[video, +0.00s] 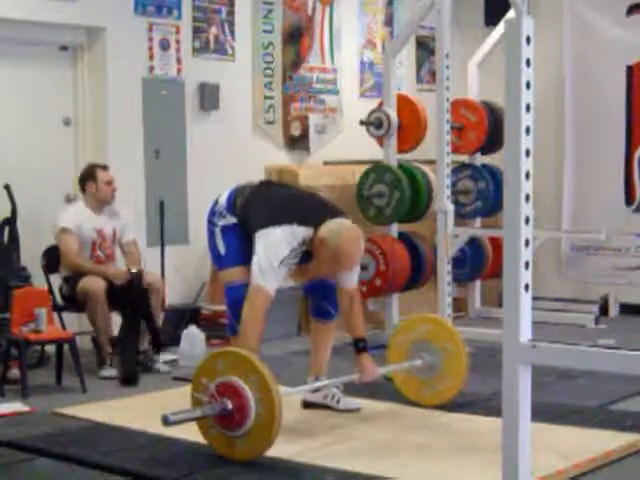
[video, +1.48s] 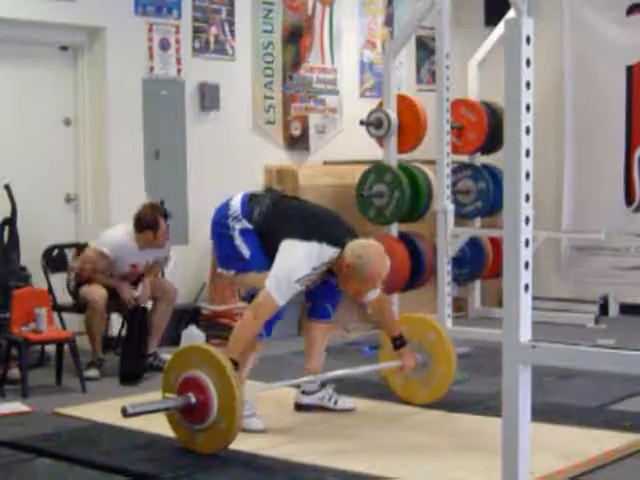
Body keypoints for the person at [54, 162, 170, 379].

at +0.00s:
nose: (114, 188)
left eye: (113, 183)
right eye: (108, 184)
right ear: (90, 188)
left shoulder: (116, 214)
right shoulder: (71, 216)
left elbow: (130, 247)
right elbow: (70, 260)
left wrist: (134, 270)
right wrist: (107, 272)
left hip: (114, 274)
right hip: (80, 277)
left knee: (155, 282)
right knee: (95, 287)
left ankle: (148, 349)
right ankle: (107, 357)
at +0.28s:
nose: (123, 189)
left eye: (122, 184)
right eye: (117, 185)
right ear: (99, 190)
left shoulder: (121, 215)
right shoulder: (78, 214)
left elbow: (136, 253)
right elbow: (75, 260)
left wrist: (142, 275)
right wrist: (113, 283)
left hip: (117, 274)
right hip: (84, 277)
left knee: (160, 288)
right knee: (97, 291)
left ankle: (150, 353)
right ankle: (98, 359)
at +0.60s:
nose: (135, 193)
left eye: (134, 188)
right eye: (129, 189)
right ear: (111, 193)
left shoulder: (135, 217)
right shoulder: (88, 216)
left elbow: (145, 256)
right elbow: (83, 264)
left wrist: (141, 281)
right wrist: (116, 290)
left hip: (119, 276)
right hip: (87, 277)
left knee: (162, 288)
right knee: (97, 294)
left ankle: (151, 352)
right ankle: (98, 359)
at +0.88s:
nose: (138, 195)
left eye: (137, 189)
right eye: (132, 191)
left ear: (118, 195)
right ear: (114, 195)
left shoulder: (139, 216)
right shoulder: (91, 216)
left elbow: (147, 256)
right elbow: (86, 264)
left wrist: (140, 283)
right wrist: (120, 291)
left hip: (122, 277)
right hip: (89, 278)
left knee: (162, 289)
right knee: (99, 294)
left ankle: (151, 352)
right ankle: (98, 359)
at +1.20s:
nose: (149, 214)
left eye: (148, 208)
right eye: (145, 208)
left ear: (131, 211)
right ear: (129, 211)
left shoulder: (143, 227)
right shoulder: (93, 226)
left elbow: (147, 259)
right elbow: (76, 267)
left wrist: (142, 275)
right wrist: (115, 281)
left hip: (121, 279)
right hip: (87, 279)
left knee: (161, 287)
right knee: (93, 292)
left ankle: (150, 352)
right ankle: (96, 358)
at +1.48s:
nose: (167, 234)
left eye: (166, 229)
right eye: (163, 230)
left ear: (150, 233)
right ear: (149, 233)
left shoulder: (162, 247)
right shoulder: (115, 241)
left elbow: (158, 264)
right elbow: (85, 271)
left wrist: (147, 280)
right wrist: (120, 286)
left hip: (130, 280)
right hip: (98, 279)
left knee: (168, 292)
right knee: (97, 297)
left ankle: (150, 352)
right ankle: (97, 358)